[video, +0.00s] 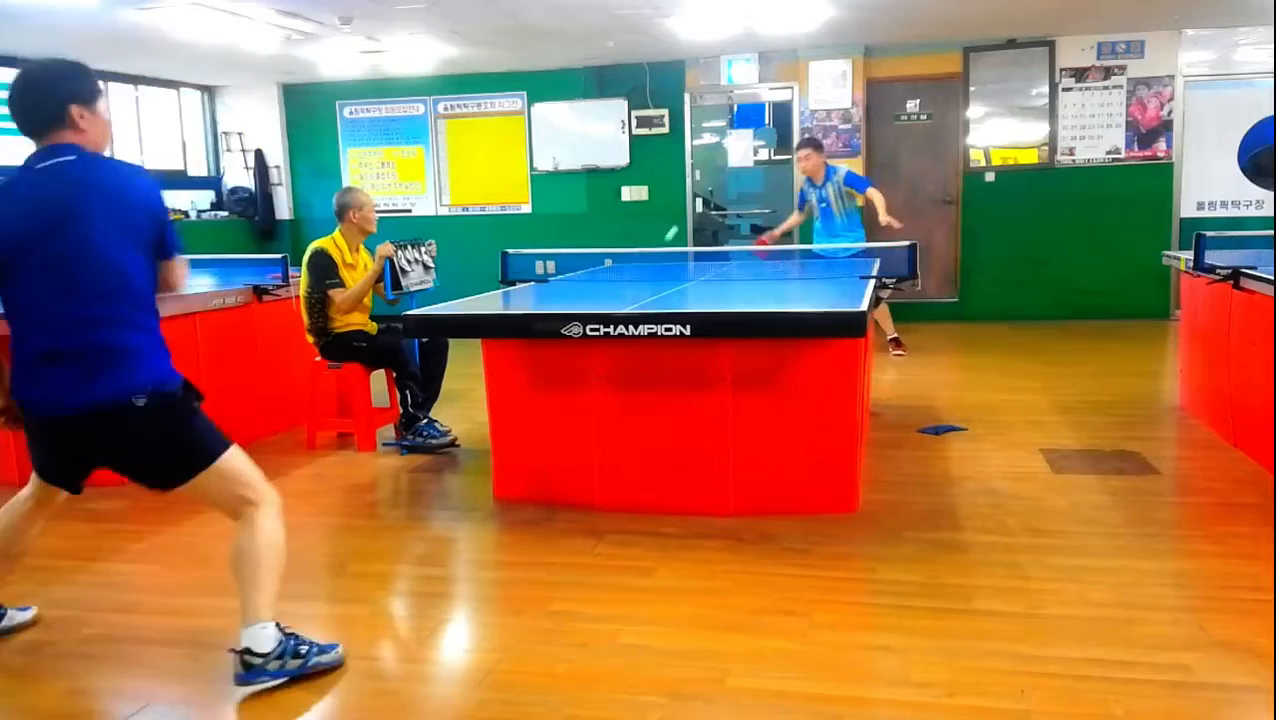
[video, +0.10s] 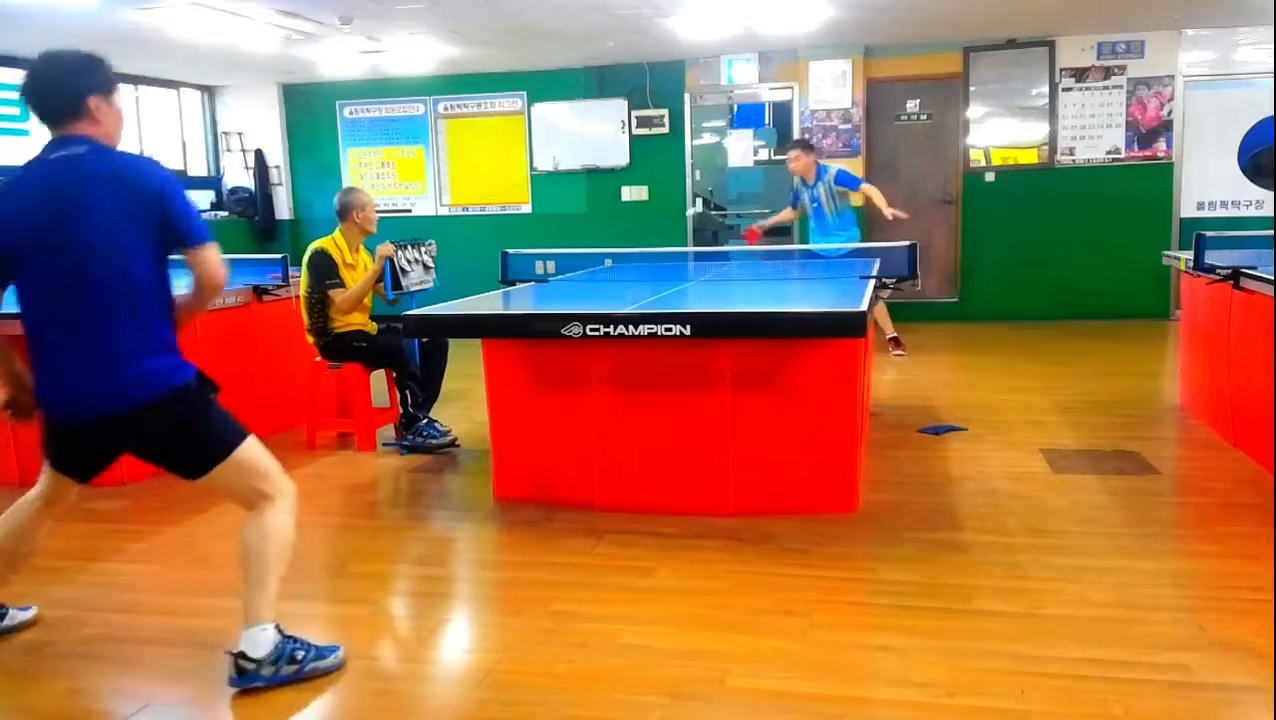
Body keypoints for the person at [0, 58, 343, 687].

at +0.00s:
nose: (108, 121)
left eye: (103, 109)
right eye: (102, 109)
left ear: (32, 126)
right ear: (77, 116)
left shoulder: (6, 197)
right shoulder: (129, 183)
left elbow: (8, 307)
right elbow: (173, 278)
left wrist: (5, 394)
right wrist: (96, 278)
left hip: (45, 400)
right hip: (134, 394)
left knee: (42, 491)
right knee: (256, 501)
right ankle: (262, 642)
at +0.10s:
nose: (121, 114)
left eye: (118, 101)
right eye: (116, 102)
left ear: (45, 114)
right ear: (93, 107)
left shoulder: (12, 192)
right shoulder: (145, 178)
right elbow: (212, 277)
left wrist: (10, 378)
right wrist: (184, 310)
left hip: (69, 396)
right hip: (153, 388)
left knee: (46, 493)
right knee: (272, 493)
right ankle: (260, 645)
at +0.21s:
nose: (158, 80)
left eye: (154, 67)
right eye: (154, 67)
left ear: (89, 78)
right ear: (133, 72)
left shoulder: (50, 160)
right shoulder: (162, 141)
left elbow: (10, 262)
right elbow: (234, 229)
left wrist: (44, 337)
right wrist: (269, 295)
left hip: (99, 367)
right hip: (181, 362)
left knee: (92, 479)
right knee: (288, 481)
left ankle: (15, 598)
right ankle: (265, 644)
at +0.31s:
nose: (208, 57)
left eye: (202, 42)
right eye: (202, 41)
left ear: (132, 55)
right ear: (182, 49)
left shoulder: (90, 133)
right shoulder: (194, 121)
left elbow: (49, 244)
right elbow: (244, 224)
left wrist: (97, 299)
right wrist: (307, 295)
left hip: (110, 347)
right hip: (188, 340)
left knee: (172, 462)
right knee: (297, 470)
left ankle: (117, 603)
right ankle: (286, 645)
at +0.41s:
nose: (269, 80)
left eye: (265, 66)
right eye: (264, 66)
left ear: (197, 76)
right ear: (243, 72)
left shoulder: (153, 147)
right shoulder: (234, 147)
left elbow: (113, 260)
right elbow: (262, 261)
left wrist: (185, 304)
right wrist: (341, 337)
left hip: (145, 369)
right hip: (204, 369)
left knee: (232, 484)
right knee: (314, 503)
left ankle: (167, 619)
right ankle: (323, 687)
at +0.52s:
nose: (310, 102)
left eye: (307, 88)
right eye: (307, 88)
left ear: (240, 93)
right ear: (285, 91)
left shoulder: (198, 159)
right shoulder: (258, 167)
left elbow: (186, 277)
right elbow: (269, 285)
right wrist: (363, 365)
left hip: (169, 384)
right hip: (219, 386)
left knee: (251, 491)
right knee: (350, 507)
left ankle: (167, 618)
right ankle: (336, 689)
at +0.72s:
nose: (405, 113)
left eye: (404, 98)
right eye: (401, 97)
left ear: (346, 99)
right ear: (370, 99)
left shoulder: (332, 183)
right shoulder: (282, 176)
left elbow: (357, 290)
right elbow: (189, 280)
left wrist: (459, 307)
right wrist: (156, 412)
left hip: (278, 399)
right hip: (256, 407)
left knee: (276, 503)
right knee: (405, 529)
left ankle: (174, 610)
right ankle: (373, 709)